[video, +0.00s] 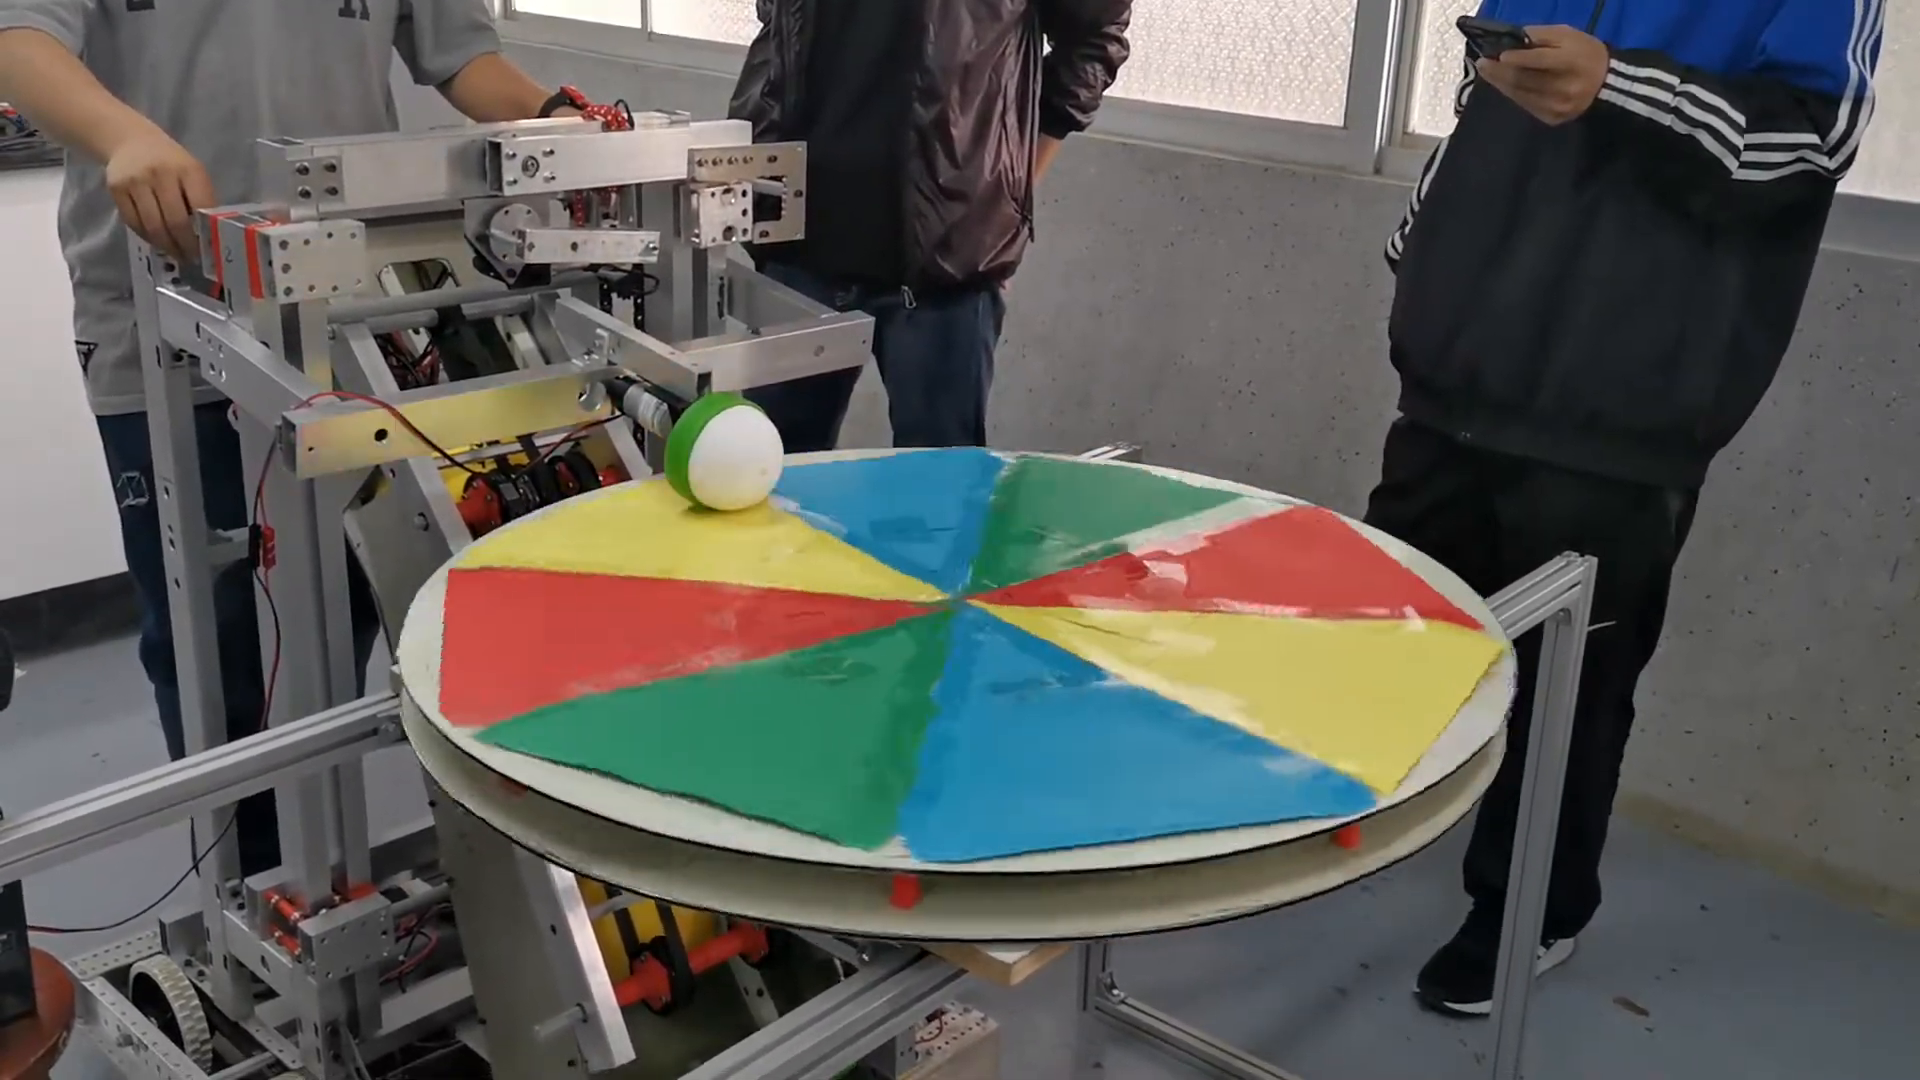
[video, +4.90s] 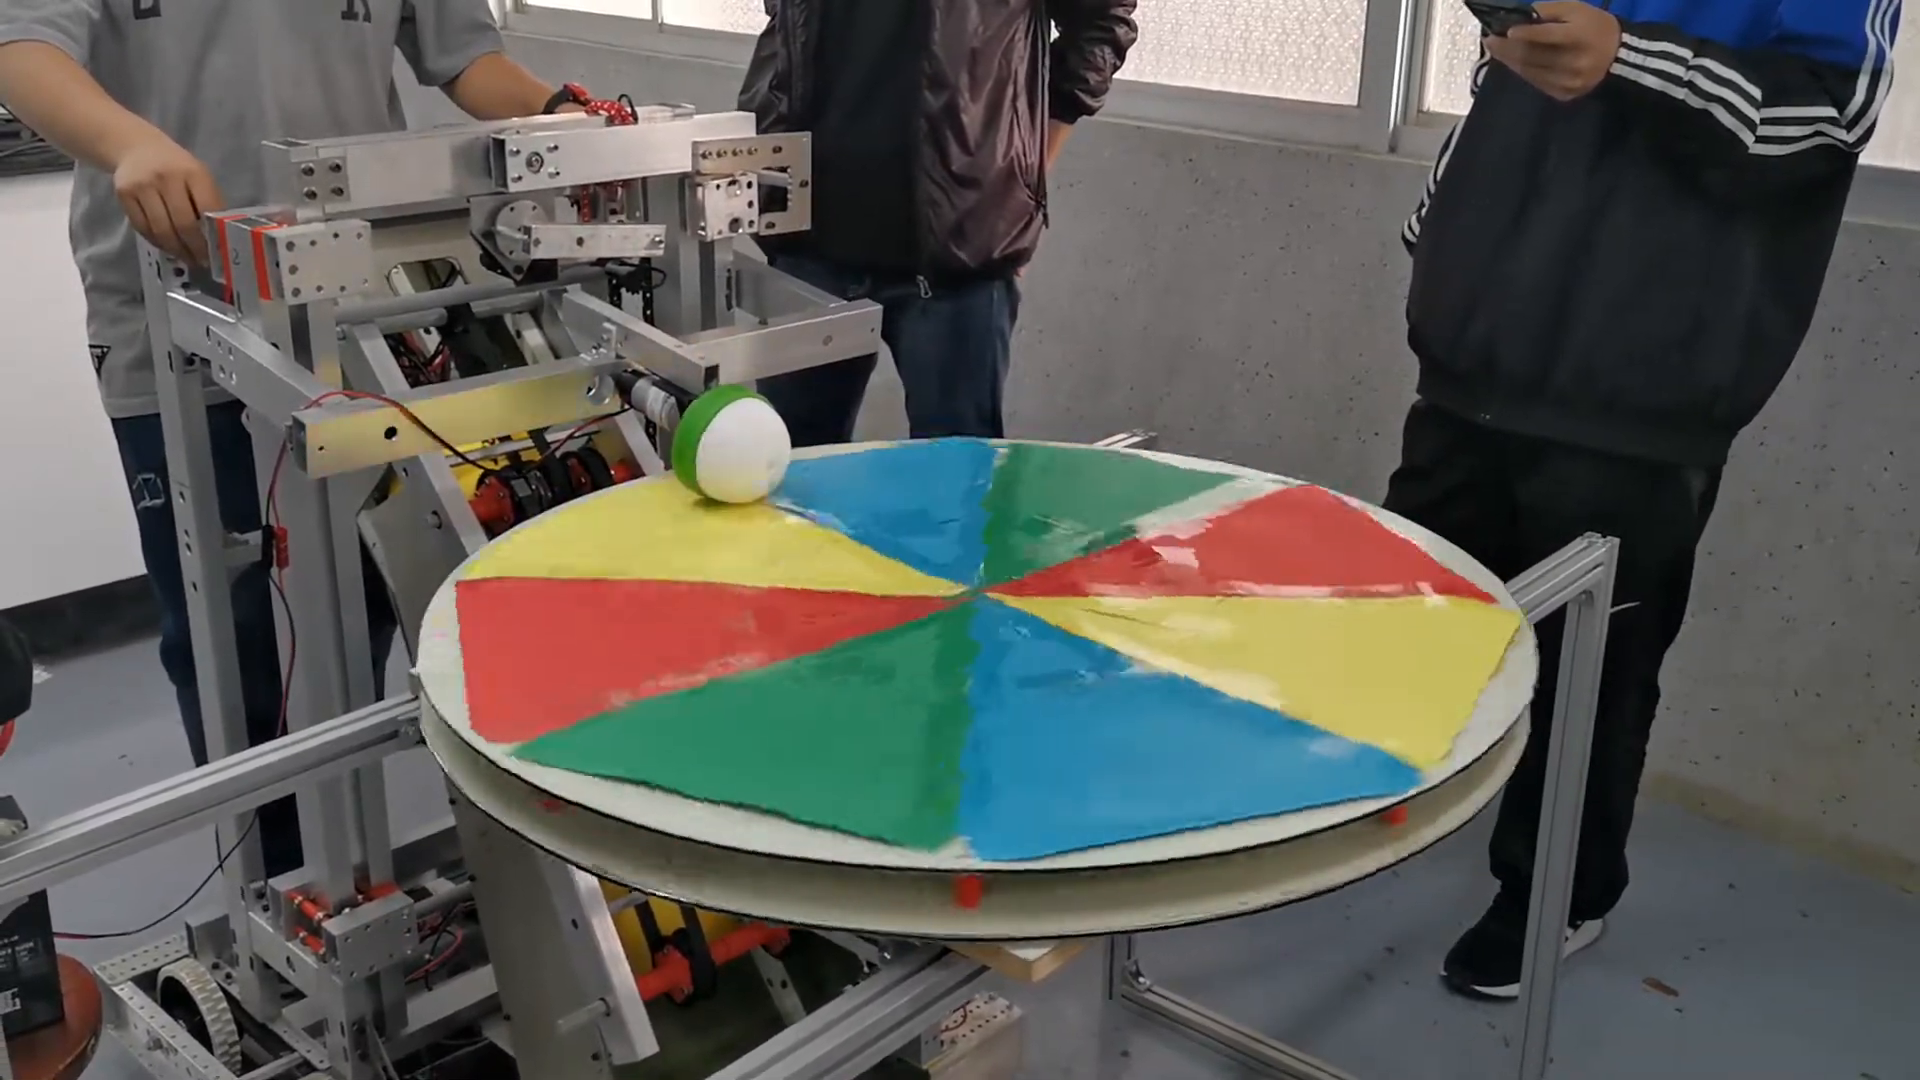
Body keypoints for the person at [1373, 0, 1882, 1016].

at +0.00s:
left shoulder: (1820, 7)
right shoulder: (1539, 6)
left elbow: (1811, 142)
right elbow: (1490, 96)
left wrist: (1612, 85)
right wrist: (1415, 246)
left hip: (1641, 373)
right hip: (1474, 327)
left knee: (1573, 666)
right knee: (1394, 615)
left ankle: (1528, 909)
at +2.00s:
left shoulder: (1818, 10)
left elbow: (1813, 126)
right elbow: (1495, 83)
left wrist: (1611, 72)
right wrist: (1420, 245)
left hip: (1643, 363)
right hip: (1479, 317)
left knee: (1579, 657)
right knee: (1410, 605)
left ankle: (1542, 897)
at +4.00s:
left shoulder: (1820, 7)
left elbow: (1812, 124)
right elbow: (1501, 70)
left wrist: (1612, 60)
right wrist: (1422, 240)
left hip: (1646, 354)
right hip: (1482, 308)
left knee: (1585, 651)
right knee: (1413, 601)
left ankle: (1550, 891)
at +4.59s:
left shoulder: (1830, 8)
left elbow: (1818, 121)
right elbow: (1507, 50)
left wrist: (1617, 57)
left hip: (1653, 350)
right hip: (1489, 303)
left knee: (1589, 649)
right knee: (1415, 597)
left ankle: (1555, 890)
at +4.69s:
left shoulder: (1830, 9)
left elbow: (1821, 120)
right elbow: (1509, 36)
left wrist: (1618, 56)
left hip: (1655, 352)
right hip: (1489, 304)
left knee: (1590, 650)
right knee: (1415, 596)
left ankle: (1555, 891)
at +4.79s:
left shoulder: (1834, 9)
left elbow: (1819, 122)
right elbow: (1510, 42)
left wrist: (1620, 56)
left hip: (1657, 352)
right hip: (1491, 304)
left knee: (1593, 649)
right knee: (1414, 599)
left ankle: (1557, 891)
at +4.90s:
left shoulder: (1834, 10)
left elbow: (1825, 120)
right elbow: (1511, 49)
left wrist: (1622, 55)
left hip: (1656, 352)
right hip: (1491, 304)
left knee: (1593, 649)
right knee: (1416, 600)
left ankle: (1556, 891)